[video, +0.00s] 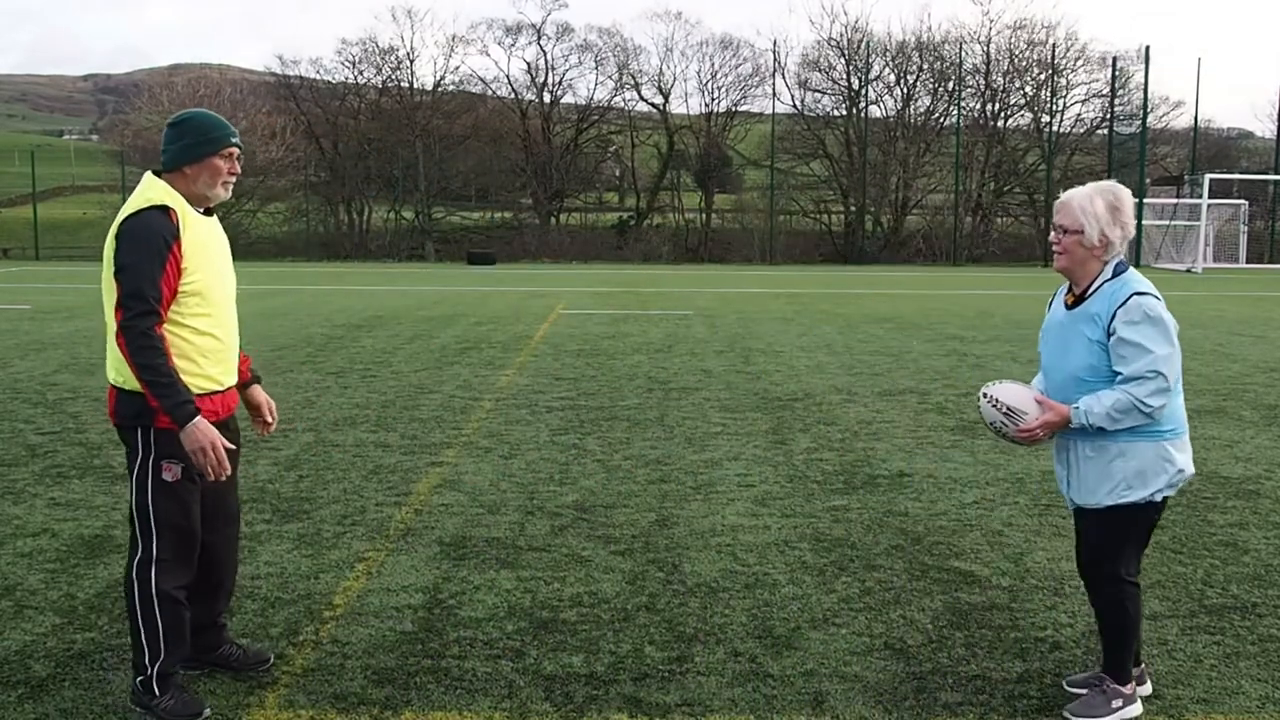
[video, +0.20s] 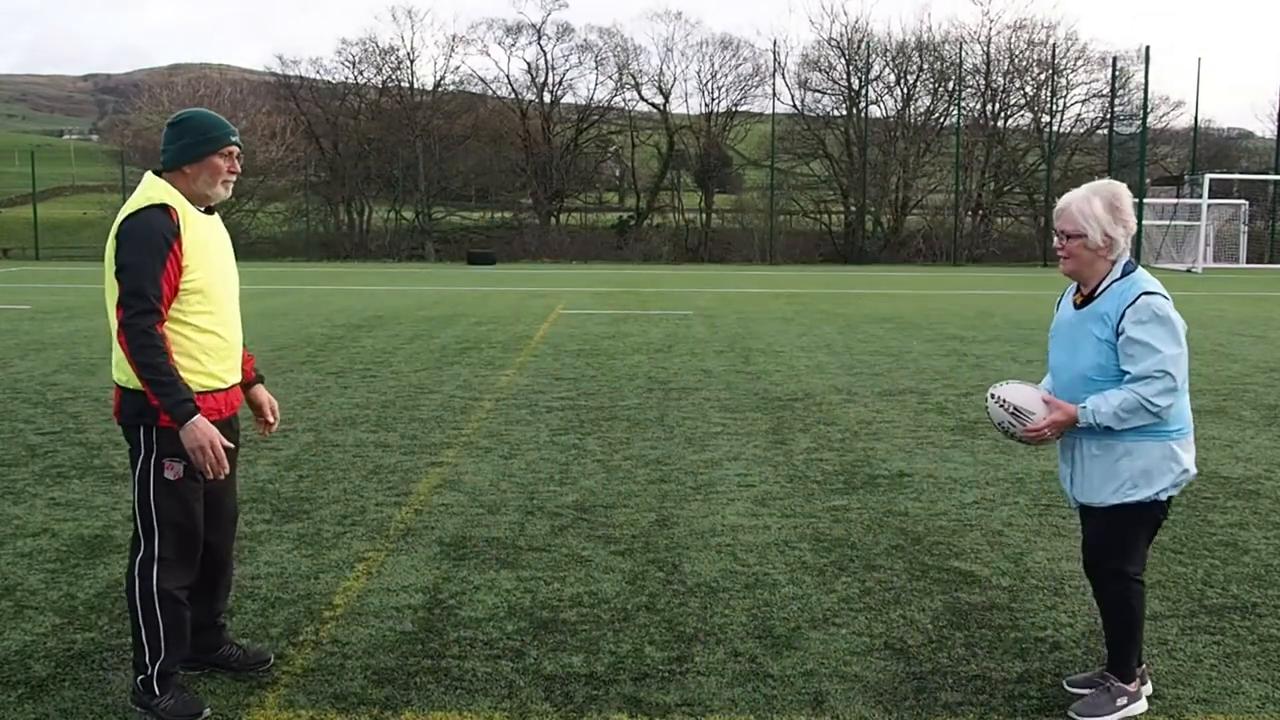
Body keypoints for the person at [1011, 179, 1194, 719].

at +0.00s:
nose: (1052, 238)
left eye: (1064, 230)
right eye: (1053, 228)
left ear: (1100, 239)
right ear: (1063, 234)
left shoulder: (1136, 305)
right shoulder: (1065, 298)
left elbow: (1152, 392)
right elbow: (1056, 372)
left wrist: (1071, 414)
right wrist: (1030, 407)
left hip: (1135, 464)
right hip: (1091, 460)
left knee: (1113, 570)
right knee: (1095, 568)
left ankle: (1122, 684)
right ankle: (1122, 667)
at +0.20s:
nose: (1058, 246)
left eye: (1070, 236)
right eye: (1057, 235)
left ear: (1107, 241)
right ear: (1062, 239)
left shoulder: (1144, 304)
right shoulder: (1072, 299)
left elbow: (1159, 393)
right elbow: (1066, 374)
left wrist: (1078, 414)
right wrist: (1037, 406)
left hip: (1140, 463)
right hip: (1096, 459)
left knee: (1118, 569)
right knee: (1101, 566)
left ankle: (1128, 681)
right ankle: (1121, 668)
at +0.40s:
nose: (1058, 247)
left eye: (1069, 237)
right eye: (1057, 236)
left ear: (1107, 241)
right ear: (1063, 240)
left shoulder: (1144, 304)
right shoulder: (1073, 299)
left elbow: (1159, 392)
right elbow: (1066, 373)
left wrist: (1079, 413)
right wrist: (1037, 407)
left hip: (1141, 461)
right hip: (1097, 458)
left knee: (1114, 565)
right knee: (1100, 562)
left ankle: (1128, 680)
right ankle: (1121, 667)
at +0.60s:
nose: (1060, 241)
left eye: (1072, 232)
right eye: (1059, 230)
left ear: (1108, 240)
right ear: (1062, 233)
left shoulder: (1140, 303)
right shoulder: (1075, 297)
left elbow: (1154, 392)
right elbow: (1067, 372)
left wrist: (1074, 412)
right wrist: (1037, 404)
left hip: (1136, 462)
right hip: (1095, 457)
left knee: (1113, 566)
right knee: (1097, 562)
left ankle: (1127, 681)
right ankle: (1119, 667)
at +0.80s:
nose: (1057, 240)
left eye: (1069, 232)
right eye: (1057, 230)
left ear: (1105, 240)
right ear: (1061, 233)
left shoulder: (1136, 304)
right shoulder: (1072, 297)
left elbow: (1149, 392)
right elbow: (1065, 373)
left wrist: (1070, 412)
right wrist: (1033, 406)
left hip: (1129, 463)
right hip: (1092, 459)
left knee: (1108, 564)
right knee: (1095, 561)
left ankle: (1127, 680)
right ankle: (1119, 666)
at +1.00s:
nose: (1055, 240)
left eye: (1066, 232)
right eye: (1054, 230)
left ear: (1102, 239)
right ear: (1058, 233)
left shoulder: (1132, 304)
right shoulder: (1071, 298)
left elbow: (1143, 392)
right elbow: (1063, 375)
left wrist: (1066, 413)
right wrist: (1029, 404)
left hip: (1128, 463)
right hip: (1091, 459)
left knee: (1107, 565)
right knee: (1094, 562)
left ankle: (1128, 681)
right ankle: (1119, 666)